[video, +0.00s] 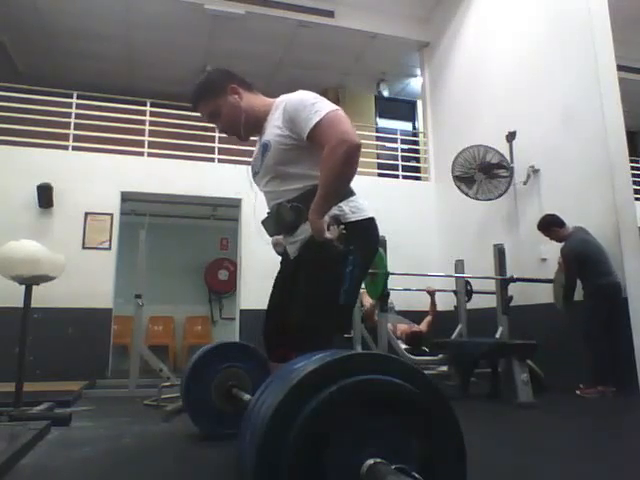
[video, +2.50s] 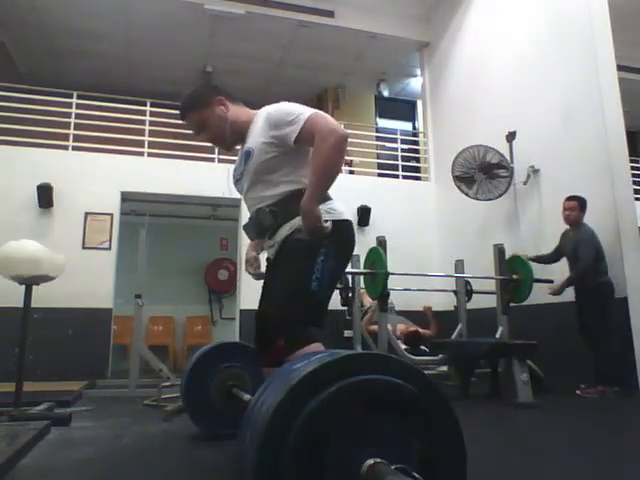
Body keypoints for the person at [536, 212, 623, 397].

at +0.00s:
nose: (551, 239)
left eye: (549, 236)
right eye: (548, 236)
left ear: (554, 230)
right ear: (561, 224)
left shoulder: (568, 249)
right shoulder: (580, 232)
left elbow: (570, 282)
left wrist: (566, 304)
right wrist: (566, 263)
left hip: (598, 294)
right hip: (613, 289)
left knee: (593, 337)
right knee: (608, 337)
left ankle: (597, 384)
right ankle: (610, 382)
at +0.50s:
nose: (548, 238)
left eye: (547, 235)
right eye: (546, 235)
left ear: (552, 230)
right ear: (559, 224)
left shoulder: (567, 246)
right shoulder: (578, 232)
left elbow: (566, 278)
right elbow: (562, 235)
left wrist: (558, 297)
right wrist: (554, 248)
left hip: (594, 294)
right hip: (608, 289)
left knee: (591, 336)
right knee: (603, 336)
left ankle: (595, 383)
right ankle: (608, 382)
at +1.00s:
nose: (548, 240)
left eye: (546, 236)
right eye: (545, 237)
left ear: (550, 232)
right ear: (557, 225)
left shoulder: (567, 245)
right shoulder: (575, 233)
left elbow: (569, 277)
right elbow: (558, 235)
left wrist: (560, 296)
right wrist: (550, 248)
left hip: (593, 293)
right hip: (605, 289)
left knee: (591, 337)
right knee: (600, 337)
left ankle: (595, 383)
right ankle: (606, 382)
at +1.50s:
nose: (545, 230)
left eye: (547, 225)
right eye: (543, 226)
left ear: (558, 223)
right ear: (559, 224)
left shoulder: (566, 243)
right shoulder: (570, 234)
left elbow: (566, 277)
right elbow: (553, 238)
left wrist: (548, 294)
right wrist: (535, 246)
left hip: (592, 292)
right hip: (598, 289)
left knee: (591, 337)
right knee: (596, 336)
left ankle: (595, 383)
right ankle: (604, 382)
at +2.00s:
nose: (553, 220)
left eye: (558, 216)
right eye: (552, 216)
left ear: (569, 217)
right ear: (553, 217)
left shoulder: (574, 240)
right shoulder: (562, 233)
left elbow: (565, 274)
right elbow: (545, 246)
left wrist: (540, 290)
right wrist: (524, 252)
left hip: (593, 291)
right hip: (583, 290)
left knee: (593, 336)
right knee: (589, 335)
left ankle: (599, 384)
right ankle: (599, 381)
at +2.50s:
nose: (567, 214)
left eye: (572, 210)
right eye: (565, 210)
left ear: (582, 212)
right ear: (563, 213)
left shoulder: (586, 235)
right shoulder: (567, 236)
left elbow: (585, 266)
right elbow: (553, 257)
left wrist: (563, 284)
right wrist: (531, 258)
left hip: (598, 290)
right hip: (583, 291)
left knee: (598, 335)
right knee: (588, 334)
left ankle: (603, 383)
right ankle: (597, 381)